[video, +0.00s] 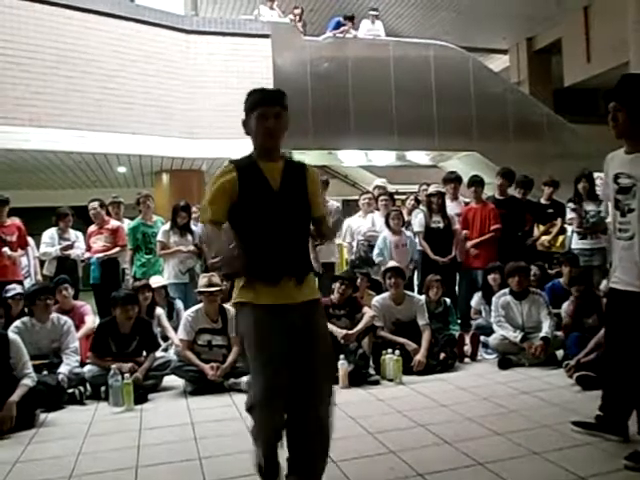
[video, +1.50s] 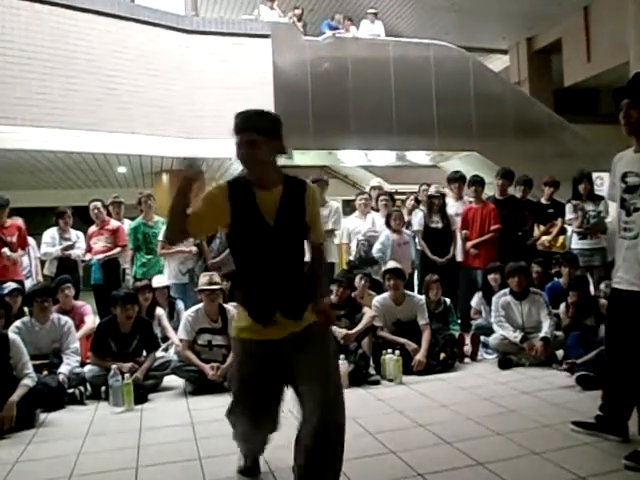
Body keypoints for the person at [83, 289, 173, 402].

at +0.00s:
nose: (130, 313)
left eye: (133, 308)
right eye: (125, 309)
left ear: (137, 309)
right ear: (114, 311)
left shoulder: (144, 325)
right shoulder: (104, 327)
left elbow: (153, 352)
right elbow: (93, 358)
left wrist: (141, 372)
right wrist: (118, 366)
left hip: (137, 364)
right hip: (111, 366)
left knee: (167, 360)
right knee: (89, 372)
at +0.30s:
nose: (130, 310)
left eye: (133, 305)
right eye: (124, 306)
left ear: (137, 308)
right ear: (114, 310)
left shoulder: (143, 324)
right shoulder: (104, 327)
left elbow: (153, 352)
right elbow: (94, 359)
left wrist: (141, 372)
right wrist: (119, 366)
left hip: (137, 365)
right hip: (112, 367)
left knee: (168, 360)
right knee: (89, 371)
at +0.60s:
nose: (130, 310)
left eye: (133, 306)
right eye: (124, 306)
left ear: (138, 308)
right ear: (114, 310)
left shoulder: (144, 324)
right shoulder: (104, 327)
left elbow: (153, 352)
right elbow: (94, 359)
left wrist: (141, 372)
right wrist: (119, 366)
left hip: (137, 365)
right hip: (112, 367)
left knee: (168, 360)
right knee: (89, 371)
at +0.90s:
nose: (130, 311)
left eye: (133, 306)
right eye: (125, 307)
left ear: (138, 308)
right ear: (114, 310)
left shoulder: (144, 324)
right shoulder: (104, 327)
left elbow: (153, 352)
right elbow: (94, 359)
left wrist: (141, 372)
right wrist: (119, 366)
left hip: (137, 365)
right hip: (112, 367)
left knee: (168, 361)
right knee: (89, 372)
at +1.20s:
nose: (130, 310)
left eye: (133, 306)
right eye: (124, 307)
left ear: (137, 308)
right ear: (114, 310)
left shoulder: (143, 324)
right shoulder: (104, 327)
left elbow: (153, 352)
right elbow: (94, 359)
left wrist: (141, 372)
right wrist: (119, 366)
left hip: (137, 365)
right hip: (112, 367)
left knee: (168, 361)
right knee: (89, 372)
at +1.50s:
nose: (129, 311)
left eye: (133, 306)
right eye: (124, 307)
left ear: (137, 308)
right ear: (114, 310)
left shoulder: (144, 324)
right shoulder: (104, 327)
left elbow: (153, 352)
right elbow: (94, 358)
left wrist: (141, 372)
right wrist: (120, 366)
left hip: (137, 365)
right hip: (112, 367)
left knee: (168, 361)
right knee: (89, 372)